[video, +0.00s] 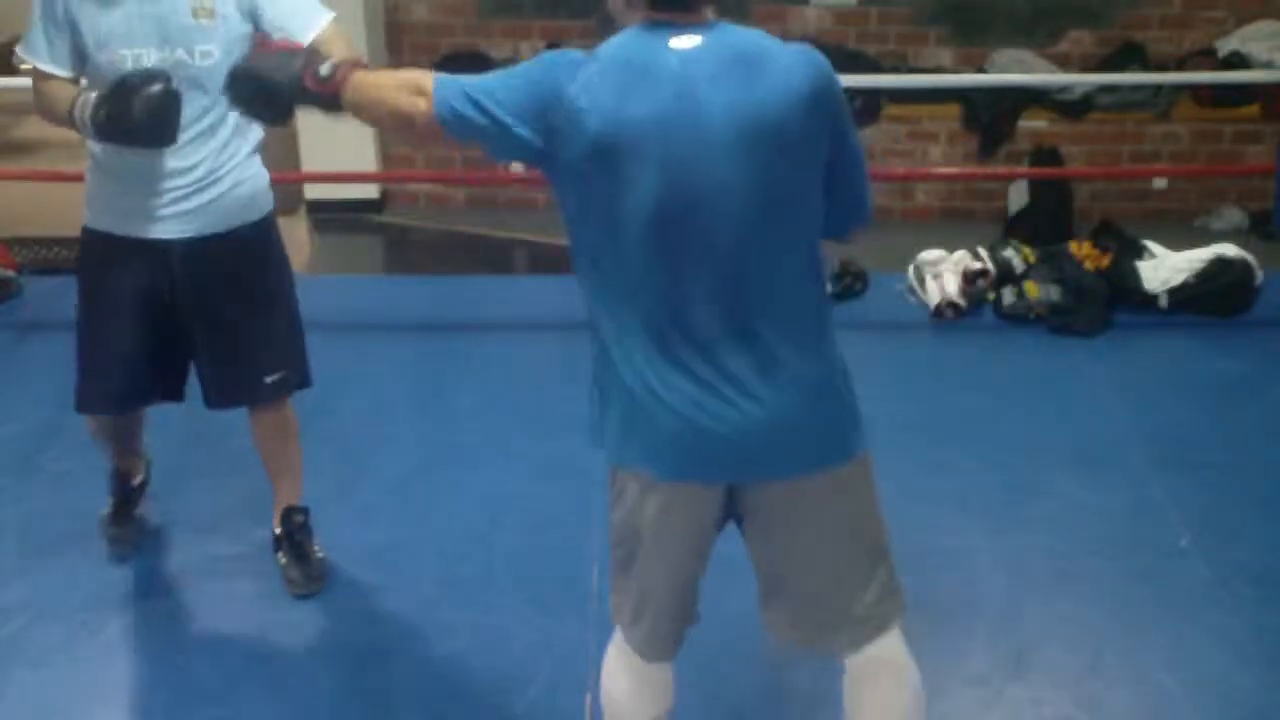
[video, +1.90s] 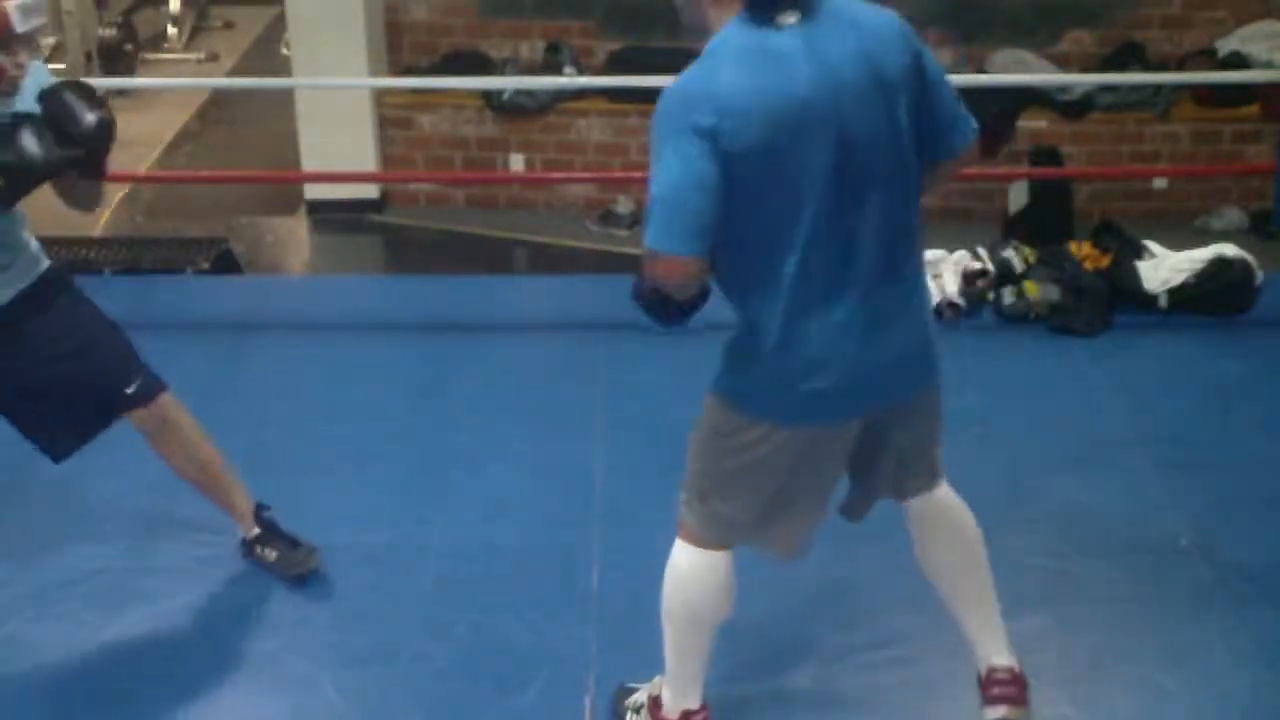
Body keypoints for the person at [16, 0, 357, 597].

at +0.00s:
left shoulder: (251, 2)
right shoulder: (66, 3)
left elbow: (338, 52)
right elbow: (48, 89)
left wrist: (298, 77)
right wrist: (97, 110)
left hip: (231, 216)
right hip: (121, 221)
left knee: (267, 384)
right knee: (108, 399)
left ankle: (292, 523)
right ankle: (128, 474)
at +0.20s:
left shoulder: (196, 1)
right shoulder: (25, 13)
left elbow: (273, 53)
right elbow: (10, 96)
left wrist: (254, 122)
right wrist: (41, 131)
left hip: (208, 225)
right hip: (95, 237)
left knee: (257, 386)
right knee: (81, 403)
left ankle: (290, 524)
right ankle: (64, 527)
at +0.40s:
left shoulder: (136, 3)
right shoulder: (2, 28)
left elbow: (180, 39)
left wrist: (187, 107)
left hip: (151, 224)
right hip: (39, 242)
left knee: (224, 387)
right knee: (52, 408)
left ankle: (284, 520)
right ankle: (61, 531)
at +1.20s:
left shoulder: (127, 8)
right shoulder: (11, 15)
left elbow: (135, 85)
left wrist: (136, 132)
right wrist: (5, 153)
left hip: (84, 228)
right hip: (4, 245)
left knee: (141, 383)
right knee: (1, 418)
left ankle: (193, 521)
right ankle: (23, 524)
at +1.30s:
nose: (104, 6)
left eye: (111, 3)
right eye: (94, 4)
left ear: (116, 0)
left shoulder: (125, 13)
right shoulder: (10, 23)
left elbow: (134, 88)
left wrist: (128, 134)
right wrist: (6, 167)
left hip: (70, 226)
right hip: (3, 235)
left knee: (139, 377)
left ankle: (191, 519)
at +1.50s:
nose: (59, 12)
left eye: (64, 3)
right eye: (43, 5)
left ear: (71, 3)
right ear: (11, 6)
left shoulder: (68, 30)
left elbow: (89, 112)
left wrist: (103, 146)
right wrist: (7, 183)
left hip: (42, 250)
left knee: (144, 385)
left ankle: (193, 522)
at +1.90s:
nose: (13, 60)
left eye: (19, 43)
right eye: (1, 46)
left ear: (30, 43)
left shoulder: (30, 80)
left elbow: (83, 198)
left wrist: (85, 147)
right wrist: (26, 160)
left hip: (17, 276)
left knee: (146, 398)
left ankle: (254, 525)